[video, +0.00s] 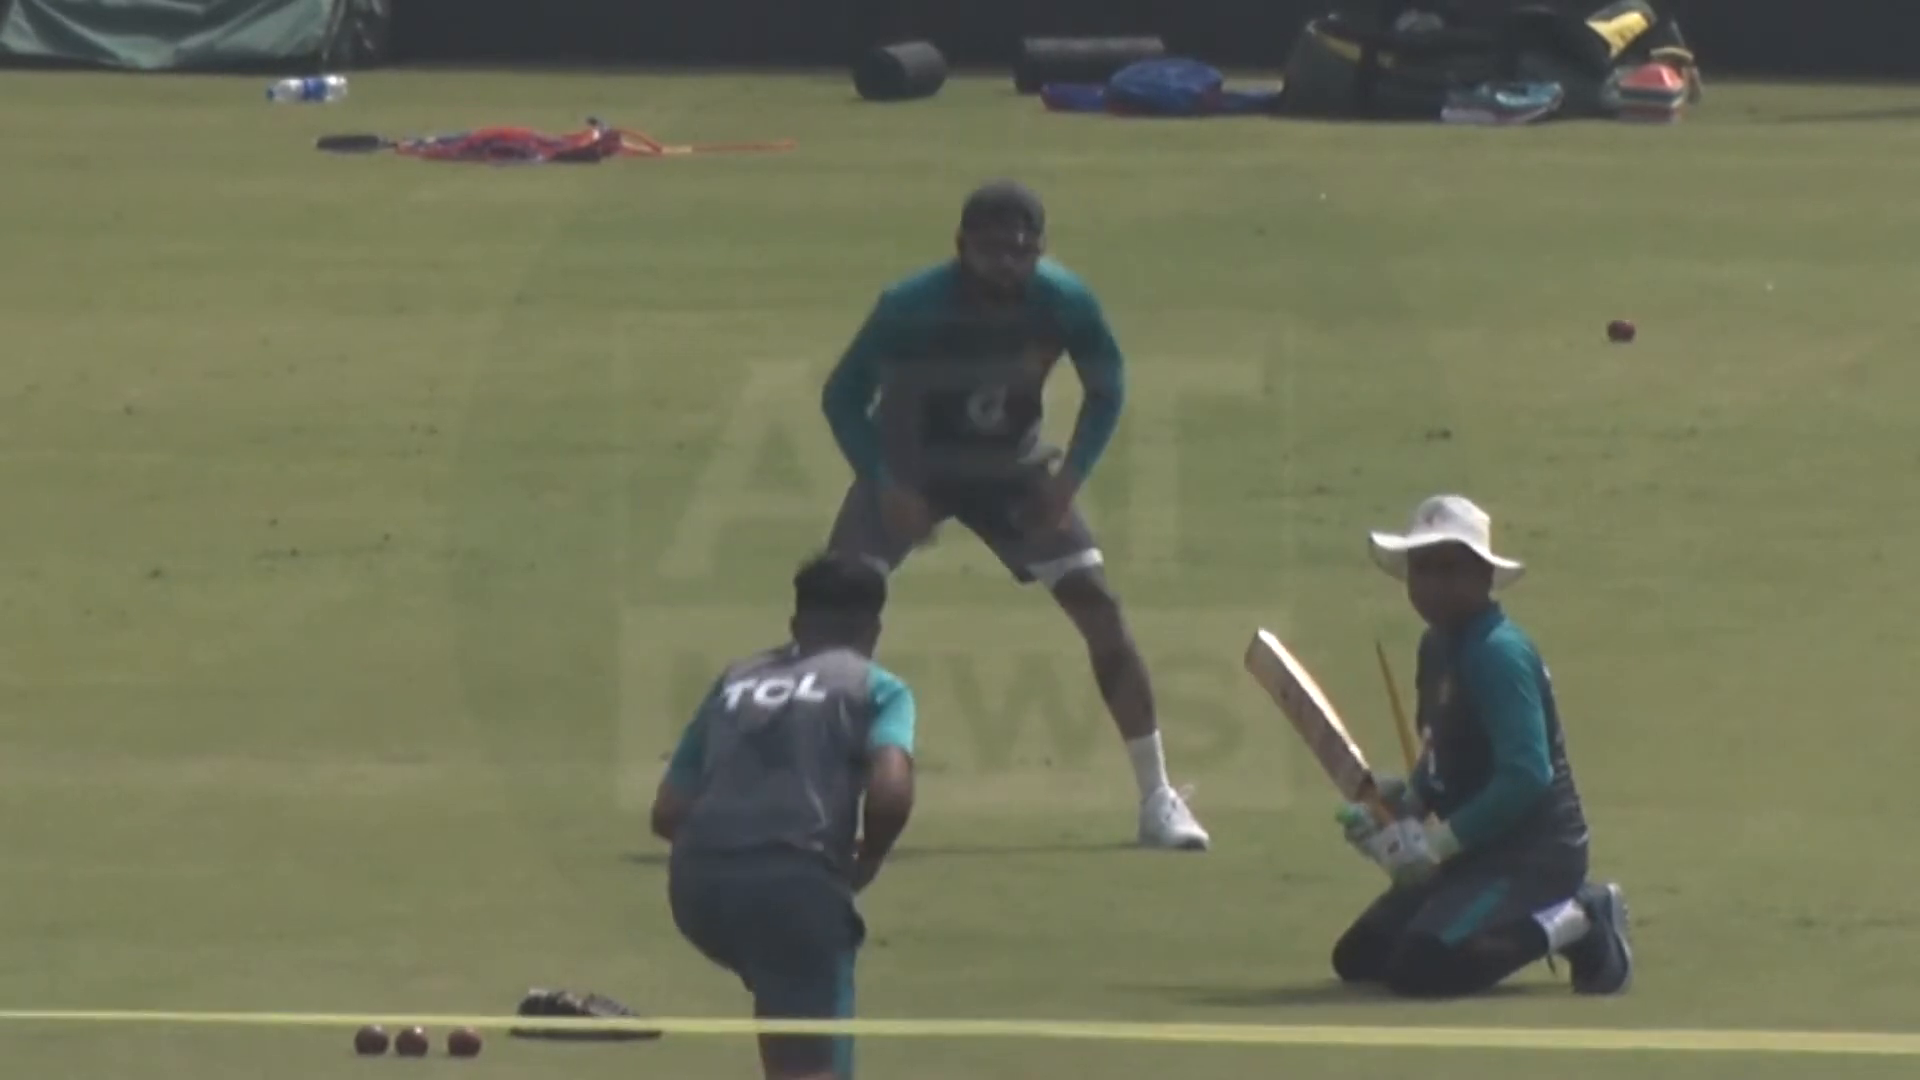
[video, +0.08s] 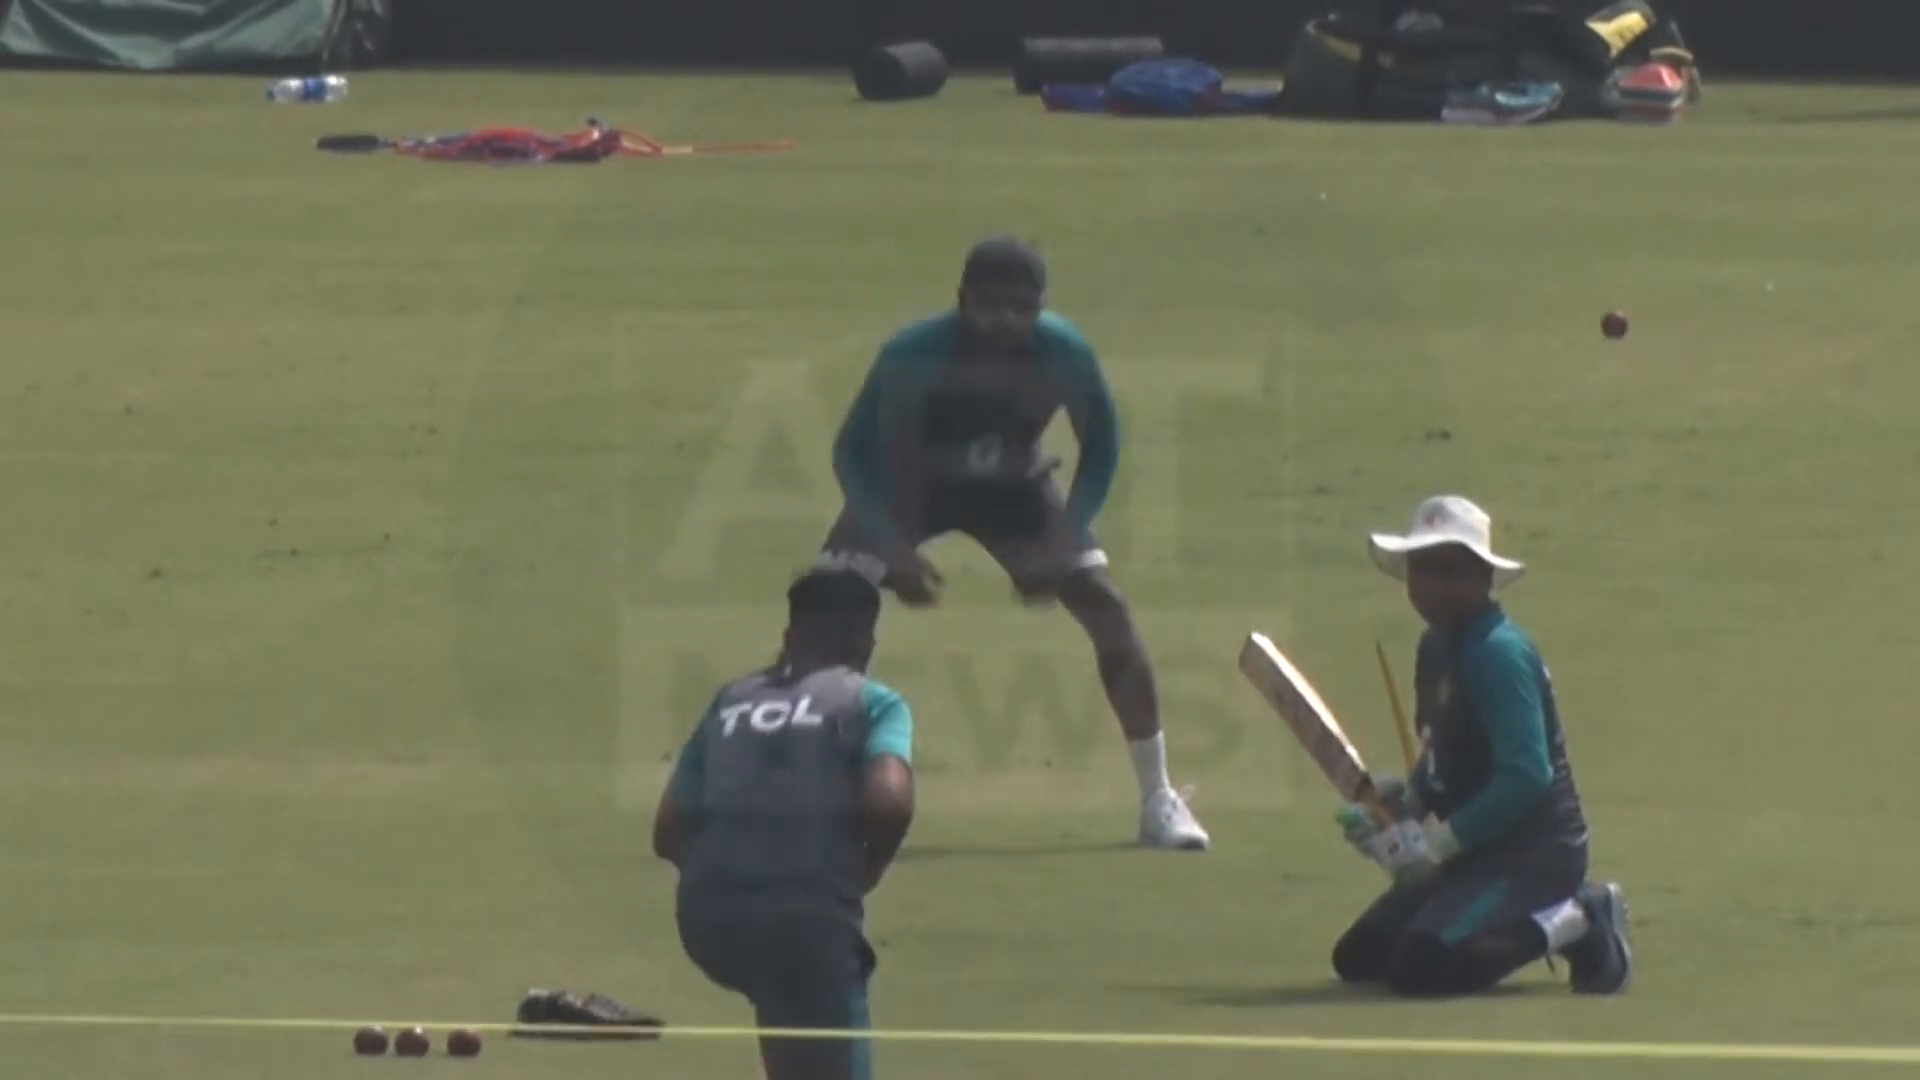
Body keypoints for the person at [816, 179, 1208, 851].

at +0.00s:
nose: (1004, 265)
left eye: (1018, 251)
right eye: (990, 250)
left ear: (1038, 249)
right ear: (961, 245)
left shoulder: (1066, 304)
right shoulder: (908, 308)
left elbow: (1106, 389)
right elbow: (841, 395)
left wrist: (1067, 480)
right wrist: (883, 484)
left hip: (1011, 474)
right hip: (909, 467)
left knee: (1098, 609)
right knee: (840, 601)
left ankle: (1159, 797)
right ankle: (817, 786)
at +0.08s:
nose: (1003, 321)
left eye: (1018, 307)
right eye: (989, 306)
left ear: (1038, 306)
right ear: (963, 300)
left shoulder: (1064, 355)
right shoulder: (911, 356)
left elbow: (1099, 448)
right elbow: (850, 454)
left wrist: (1062, 541)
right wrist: (894, 547)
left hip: (1012, 494)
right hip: (906, 492)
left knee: (1109, 613)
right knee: (835, 607)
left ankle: (1159, 797)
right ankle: (811, 788)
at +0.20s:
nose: (1005, 394)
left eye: (1018, 380)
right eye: (991, 379)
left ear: (1036, 371)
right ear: (963, 364)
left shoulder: (1062, 412)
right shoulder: (915, 407)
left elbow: (1082, 514)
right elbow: (866, 513)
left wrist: (1066, 614)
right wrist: (907, 606)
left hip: (1019, 535)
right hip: (913, 533)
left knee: (1117, 625)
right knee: (825, 611)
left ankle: (1159, 801)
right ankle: (798, 786)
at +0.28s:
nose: (1010, 416)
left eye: (1024, 402)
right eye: (995, 402)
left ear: (1041, 393)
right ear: (963, 389)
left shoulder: (1063, 437)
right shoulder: (912, 435)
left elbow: (1084, 534)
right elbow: (866, 543)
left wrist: (1065, 622)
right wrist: (910, 621)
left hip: (1017, 546)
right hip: (915, 544)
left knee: (1116, 621)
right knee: (824, 609)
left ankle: (1159, 800)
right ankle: (791, 776)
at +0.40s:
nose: (1009, 429)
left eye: (1023, 415)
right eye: (994, 415)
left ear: (1040, 406)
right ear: (966, 405)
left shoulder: (1062, 445)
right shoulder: (912, 448)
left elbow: (1086, 537)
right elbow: (861, 558)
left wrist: (1064, 626)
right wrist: (916, 635)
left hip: (1017, 551)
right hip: (914, 553)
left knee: (1114, 620)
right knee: (835, 613)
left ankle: (1159, 800)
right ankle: (817, 783)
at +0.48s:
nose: (1008, 424)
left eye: (1022, 410)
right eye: (993, 410)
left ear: (1038, 401)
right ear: (963, 398)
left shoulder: (1062, 442)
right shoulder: (911, 444)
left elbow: (1082, 537)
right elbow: (860, 555)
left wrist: (1063, 628)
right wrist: (915, 635)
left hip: (1013, 545)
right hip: (912, 546)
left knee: (1114, 618)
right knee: (830, 618)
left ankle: (1159, 800)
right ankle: (803, 786)